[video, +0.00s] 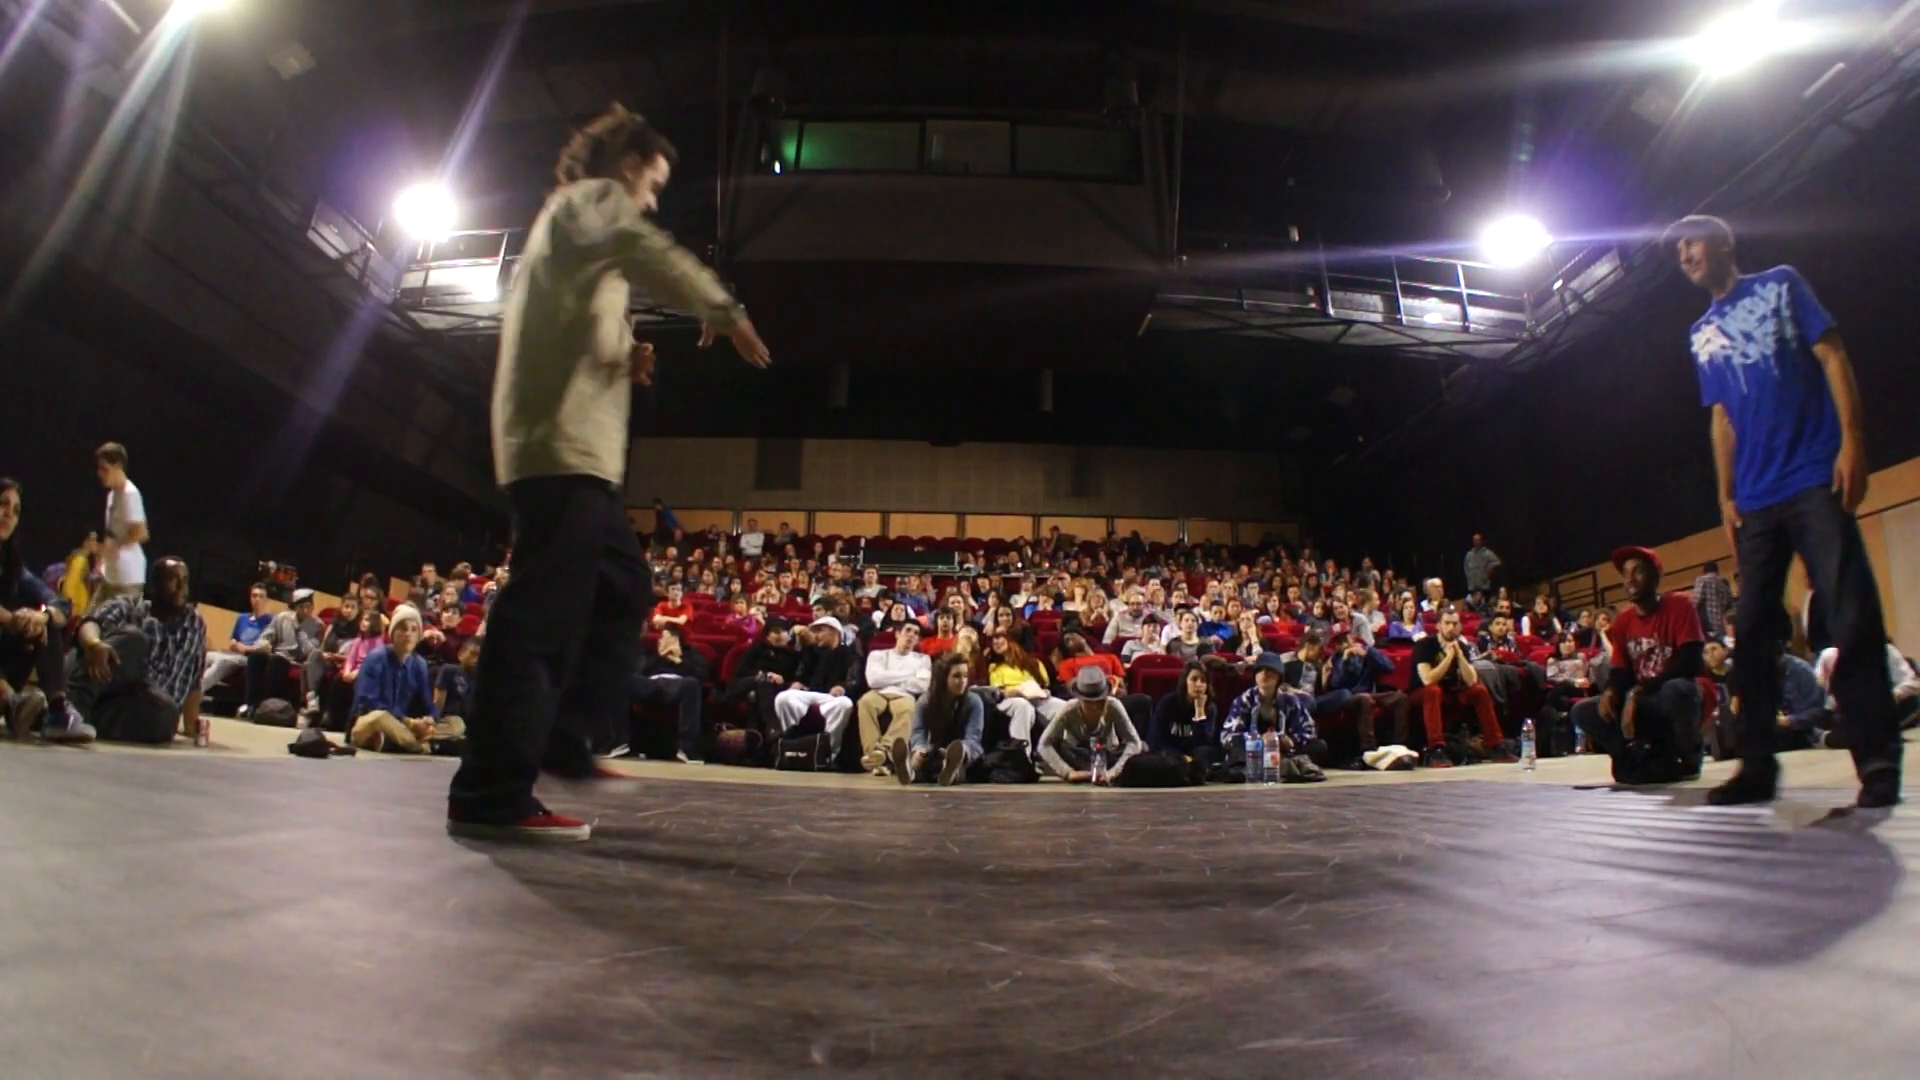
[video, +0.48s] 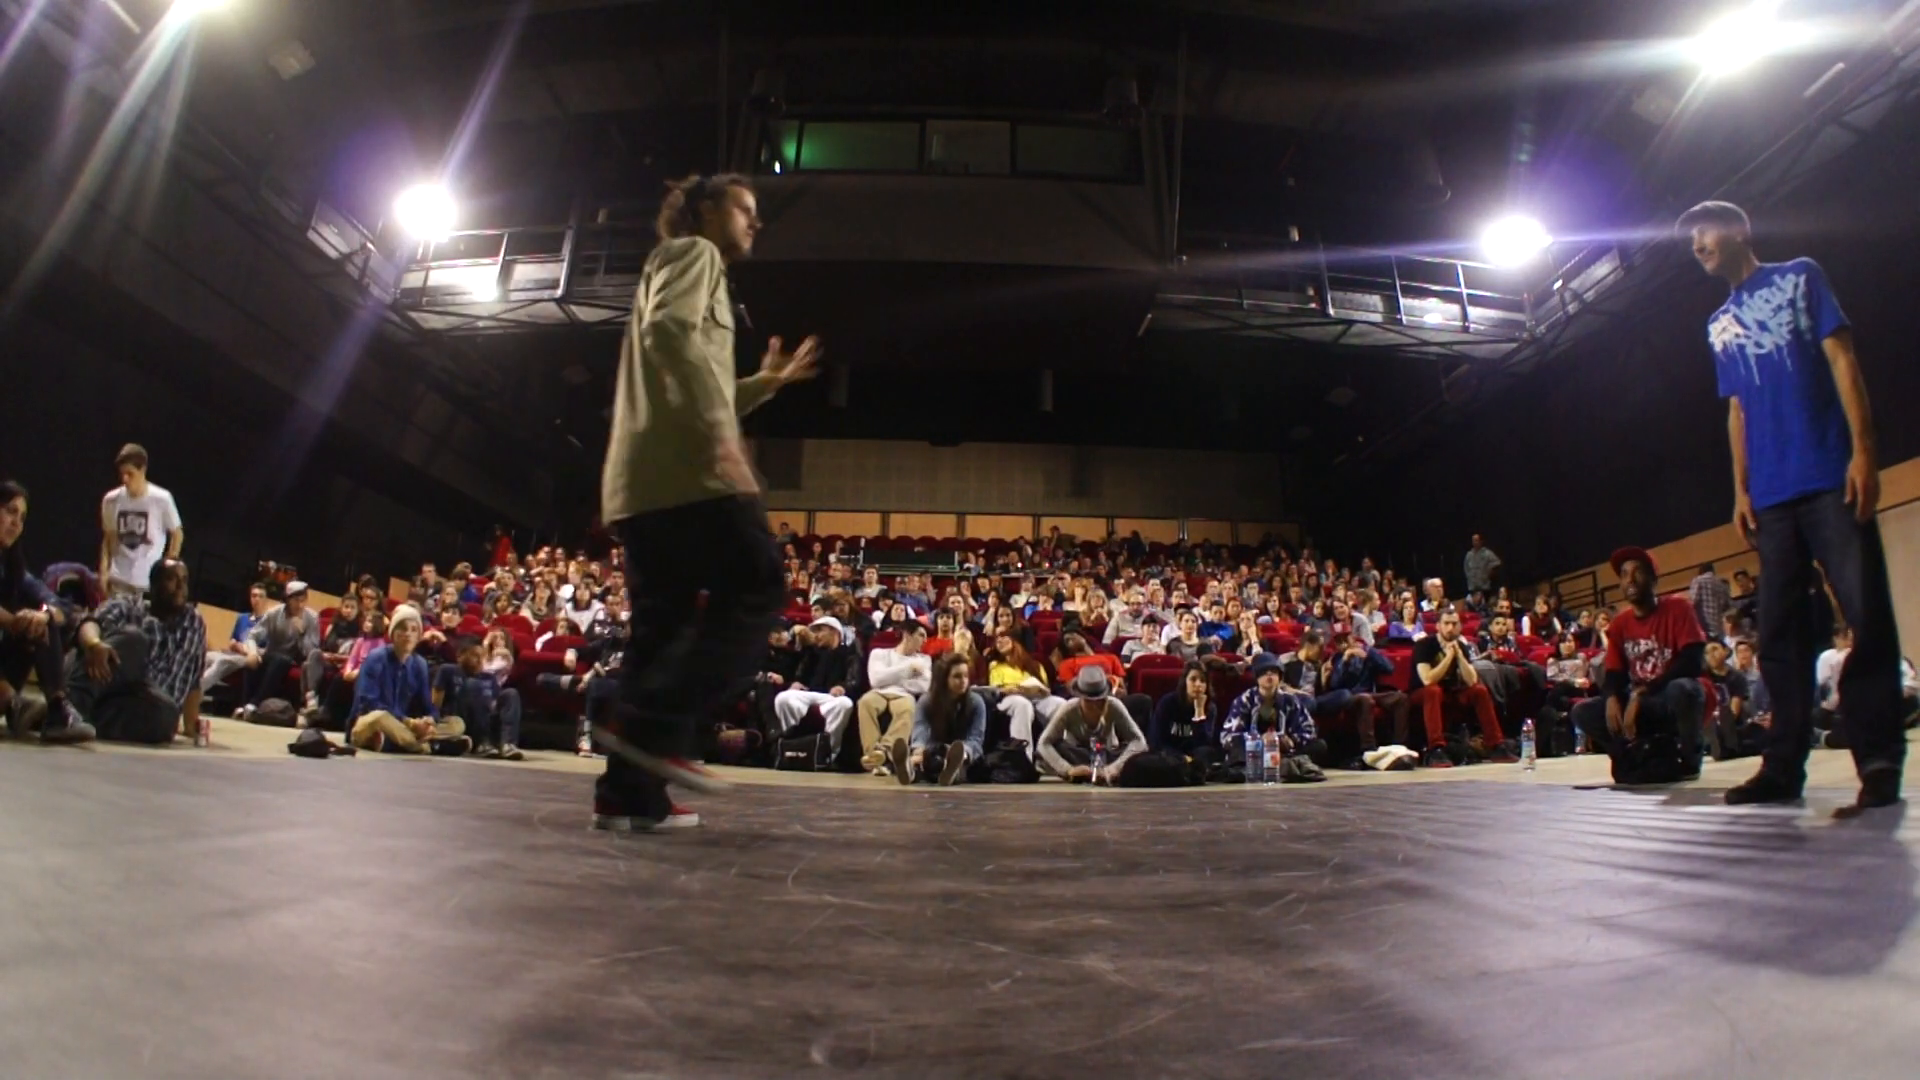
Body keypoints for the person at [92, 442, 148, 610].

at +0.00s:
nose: (100, 474)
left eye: (104, 468)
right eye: (99, 469)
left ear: (117, 466)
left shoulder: (130, 493)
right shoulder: (112, 494)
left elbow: (140, 531)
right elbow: (114, 533)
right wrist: (100, 549)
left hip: (128, 576)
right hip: (110, 574)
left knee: (125, 628)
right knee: (91, 624)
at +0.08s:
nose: (109, 487)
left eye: (113, 481)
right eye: (107, 481)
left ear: (126, 477)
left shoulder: (140, 507)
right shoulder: (115, 507)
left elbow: (156, 546)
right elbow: (122, 549)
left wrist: (134, 572)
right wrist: (112, 576)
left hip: (136, 585)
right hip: (115, 583)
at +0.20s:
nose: (118, 489)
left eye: (122, 483)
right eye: (116, 484)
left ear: (135, 480)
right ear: (113, 483)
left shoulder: (153, 509)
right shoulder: (119, 509)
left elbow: (175, 543)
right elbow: (121, 547)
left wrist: (162, 577)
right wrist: (113, 575)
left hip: (145, 584)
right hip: (121, 582)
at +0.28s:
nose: (122, 478)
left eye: (126, 472)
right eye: (119, 472)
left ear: (139, 468)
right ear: (118, 471)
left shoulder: (158, 496)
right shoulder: (119, 497)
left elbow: (178, 531)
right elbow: (121, 533)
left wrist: (166, 562)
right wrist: (113, 560)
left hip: (149, 575)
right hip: (122, 573)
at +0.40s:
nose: (124, 472)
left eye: (129, 467)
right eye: (122, 467)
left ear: (143, 462)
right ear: (119, 466)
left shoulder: (162, 490)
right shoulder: (115, 491)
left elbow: (180, 524)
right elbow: (114, 527)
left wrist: (168, 557)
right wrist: (108, 557)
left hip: (150, 569)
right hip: (122, 567)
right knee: (120, 620)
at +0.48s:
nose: (125, 479)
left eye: (130, 474)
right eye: (122, 474)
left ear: (143, 470)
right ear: (119, 473)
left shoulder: (162, 499)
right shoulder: (111, 500)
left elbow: (177, 533)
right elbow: (108, 537)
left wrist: (168, 569)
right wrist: (104, 572)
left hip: (149, 579)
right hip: (118, 576)